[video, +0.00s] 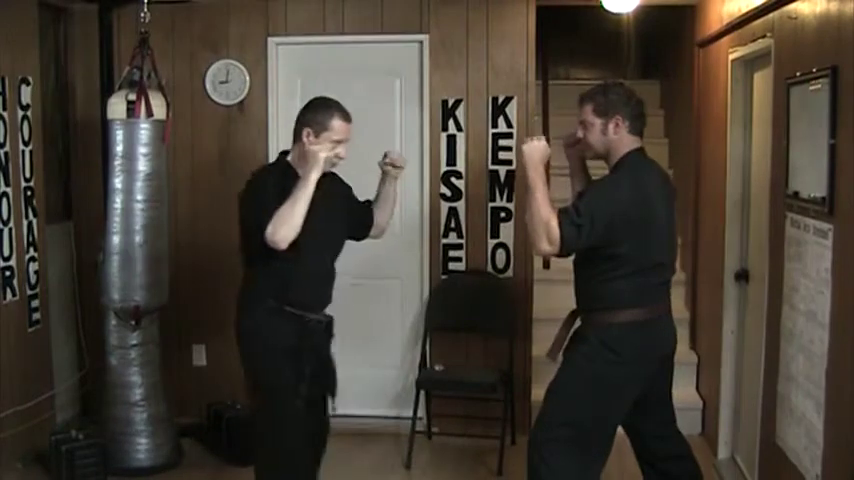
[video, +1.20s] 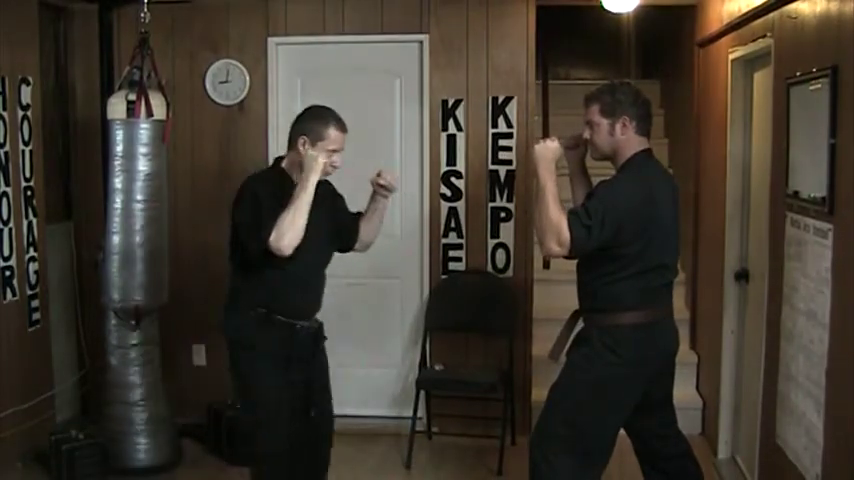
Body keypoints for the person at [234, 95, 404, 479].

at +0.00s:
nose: (343, 153)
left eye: (346, 144)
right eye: (335, 143)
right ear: (306, 138)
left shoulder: (332, 187)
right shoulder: (266, 182)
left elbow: (371, 226)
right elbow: (278, 237)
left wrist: (389, 179)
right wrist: (310, 174)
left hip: (313, 326)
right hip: (269, 326)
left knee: (313, 431)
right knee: (282, 434)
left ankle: (303, 475)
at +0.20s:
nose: (323, 157)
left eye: (326, 149)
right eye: (316, 147)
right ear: (288, 141)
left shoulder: (313, 191)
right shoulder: (246, 183)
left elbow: (350, 230)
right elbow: (260, 239)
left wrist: (368, 187)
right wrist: (296, 178)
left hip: (291, 328)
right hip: (243, 327)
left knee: (301, 433)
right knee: (242, 442)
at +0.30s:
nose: (307, 159)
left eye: (310, 151)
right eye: (301, 149)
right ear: (273, 143)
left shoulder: (295, 192)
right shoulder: (233, 186)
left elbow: (332, 231)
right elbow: (255, 239)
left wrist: (349, 188)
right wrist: (285, 177)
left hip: (278, 330)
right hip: (230, 329)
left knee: (299, 430)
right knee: (217, 434)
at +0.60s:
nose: (264, 172)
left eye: (267, 164)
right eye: (259, 163)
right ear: (231, 155)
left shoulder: (247, 202)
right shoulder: (188, 199)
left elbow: (276, 254)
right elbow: (214, 258)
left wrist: (299, 210)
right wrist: (248, 196)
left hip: (234, 343)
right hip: (184, 342)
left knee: (275, 433)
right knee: (159, 447)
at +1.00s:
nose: (304, 165)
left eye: (308, 156)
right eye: (301, 154)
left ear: (279, 152)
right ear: (273, 149)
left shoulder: (282, 196)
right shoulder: (231, 192)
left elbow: (318, 241)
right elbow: (267, 247)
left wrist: (341, 201)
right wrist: (290, 182)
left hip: (274, 336)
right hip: (228, 336)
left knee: (297, 430)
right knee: (214, 433)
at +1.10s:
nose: (322, 163)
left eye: (325, 155)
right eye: (318, 153)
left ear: (294, 149)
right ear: (289, 147)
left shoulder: (307, 195)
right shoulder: (247, 190)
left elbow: (342, 237)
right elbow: (278, 244)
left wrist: (364, 199)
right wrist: (303, 178)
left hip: (290, 335)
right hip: (244, 336)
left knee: (302, 438)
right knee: (239, 444)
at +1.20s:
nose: (336, 162)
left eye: (339, 153)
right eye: (330, 152)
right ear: (301, 145)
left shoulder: (324, 194)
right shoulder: (259, 188)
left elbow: (357, 239)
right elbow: (282, 243)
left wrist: (379, 199)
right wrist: (308, 178)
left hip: (306, 335)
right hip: (260, 333)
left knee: (317, 435)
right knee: (273, 441)